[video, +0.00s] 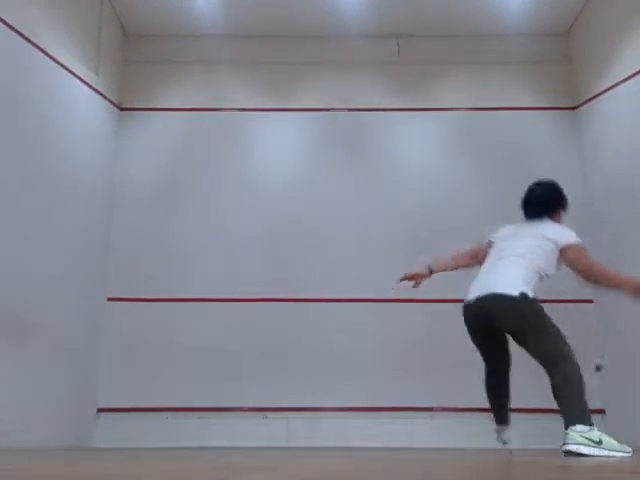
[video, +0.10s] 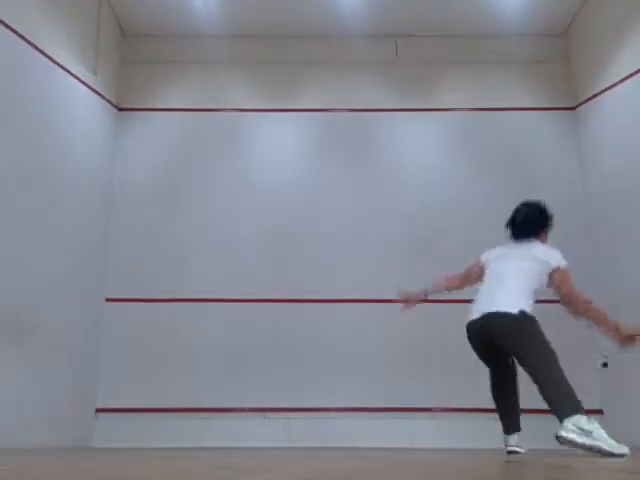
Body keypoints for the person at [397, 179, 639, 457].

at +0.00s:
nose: (564, 215)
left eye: (564, 210)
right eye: (563, 210)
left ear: (528, 209)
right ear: (557, 211)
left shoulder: (504, 233)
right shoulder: (558, 233)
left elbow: (468, 256)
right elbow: (590, 271)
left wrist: (429, 267)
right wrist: (628, 284)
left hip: (475, 305)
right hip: (513, 301)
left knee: (496, 362)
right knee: (560, 360)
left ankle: (501, 427)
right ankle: (579, 429)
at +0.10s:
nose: (549, 233)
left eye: (548, 229)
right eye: (548, 229)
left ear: (514, 229)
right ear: (542, 231)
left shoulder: (494, 254)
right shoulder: (547, 255)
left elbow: (458, 281)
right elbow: (574, 301)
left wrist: (422, 293)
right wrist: (615, 329)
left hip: (477, 325)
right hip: (512, 319)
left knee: (501, 371)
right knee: (545, 367)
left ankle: (511, 438)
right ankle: (574, 421)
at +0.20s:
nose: (541, 252)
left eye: (540, 247)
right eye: (541, 247)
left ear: (508, 247)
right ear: (535, 248)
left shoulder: (492, 269)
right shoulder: (543, 273)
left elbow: (458, 296)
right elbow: (568, 326)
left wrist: (426, 322)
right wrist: (596, 359)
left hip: (479, 325)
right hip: (517, 323)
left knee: (501, 375)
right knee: (543, 372)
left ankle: (514, 435)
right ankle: (563, 422)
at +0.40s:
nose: (531, 269)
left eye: (531, 266)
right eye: (530, 266)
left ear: (497, 263)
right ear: (525, 266)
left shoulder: (487, 276)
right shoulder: (532, 283)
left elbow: (462, 295)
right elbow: (536, 316)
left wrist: (436, 323)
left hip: (482, 314)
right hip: (521, 313)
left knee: (495, 373)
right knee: (533, 370)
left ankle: (515, 435)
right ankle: (533, 400)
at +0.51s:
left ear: (491, 259)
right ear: (521, 262)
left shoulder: (485, 272)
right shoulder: (527, 276)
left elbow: (464, 291)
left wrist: (442, 315)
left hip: (488, 311)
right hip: (527, 311)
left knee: (498, 373)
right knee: (534, 374)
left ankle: (516, 435)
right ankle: (520, 400)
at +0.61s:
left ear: (486, 250)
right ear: (515, 251)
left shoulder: (482, 264)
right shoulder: (523, 268)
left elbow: (463, 283)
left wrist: (444, 304)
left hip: (491, 308)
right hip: (531, 308)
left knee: (499, 369)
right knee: (533, 369)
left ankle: (516, 435)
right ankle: (518, 406)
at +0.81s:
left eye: (476, 223)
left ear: (475, 225)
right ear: (504, 226)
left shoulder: (473, 240)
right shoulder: (516, 246)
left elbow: (460, 255)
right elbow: (542, 285)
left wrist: (436, 275)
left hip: (492, 302)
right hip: (531, 301)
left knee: (497, 368)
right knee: (531, 367)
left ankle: (513, 431)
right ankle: (544, 431)